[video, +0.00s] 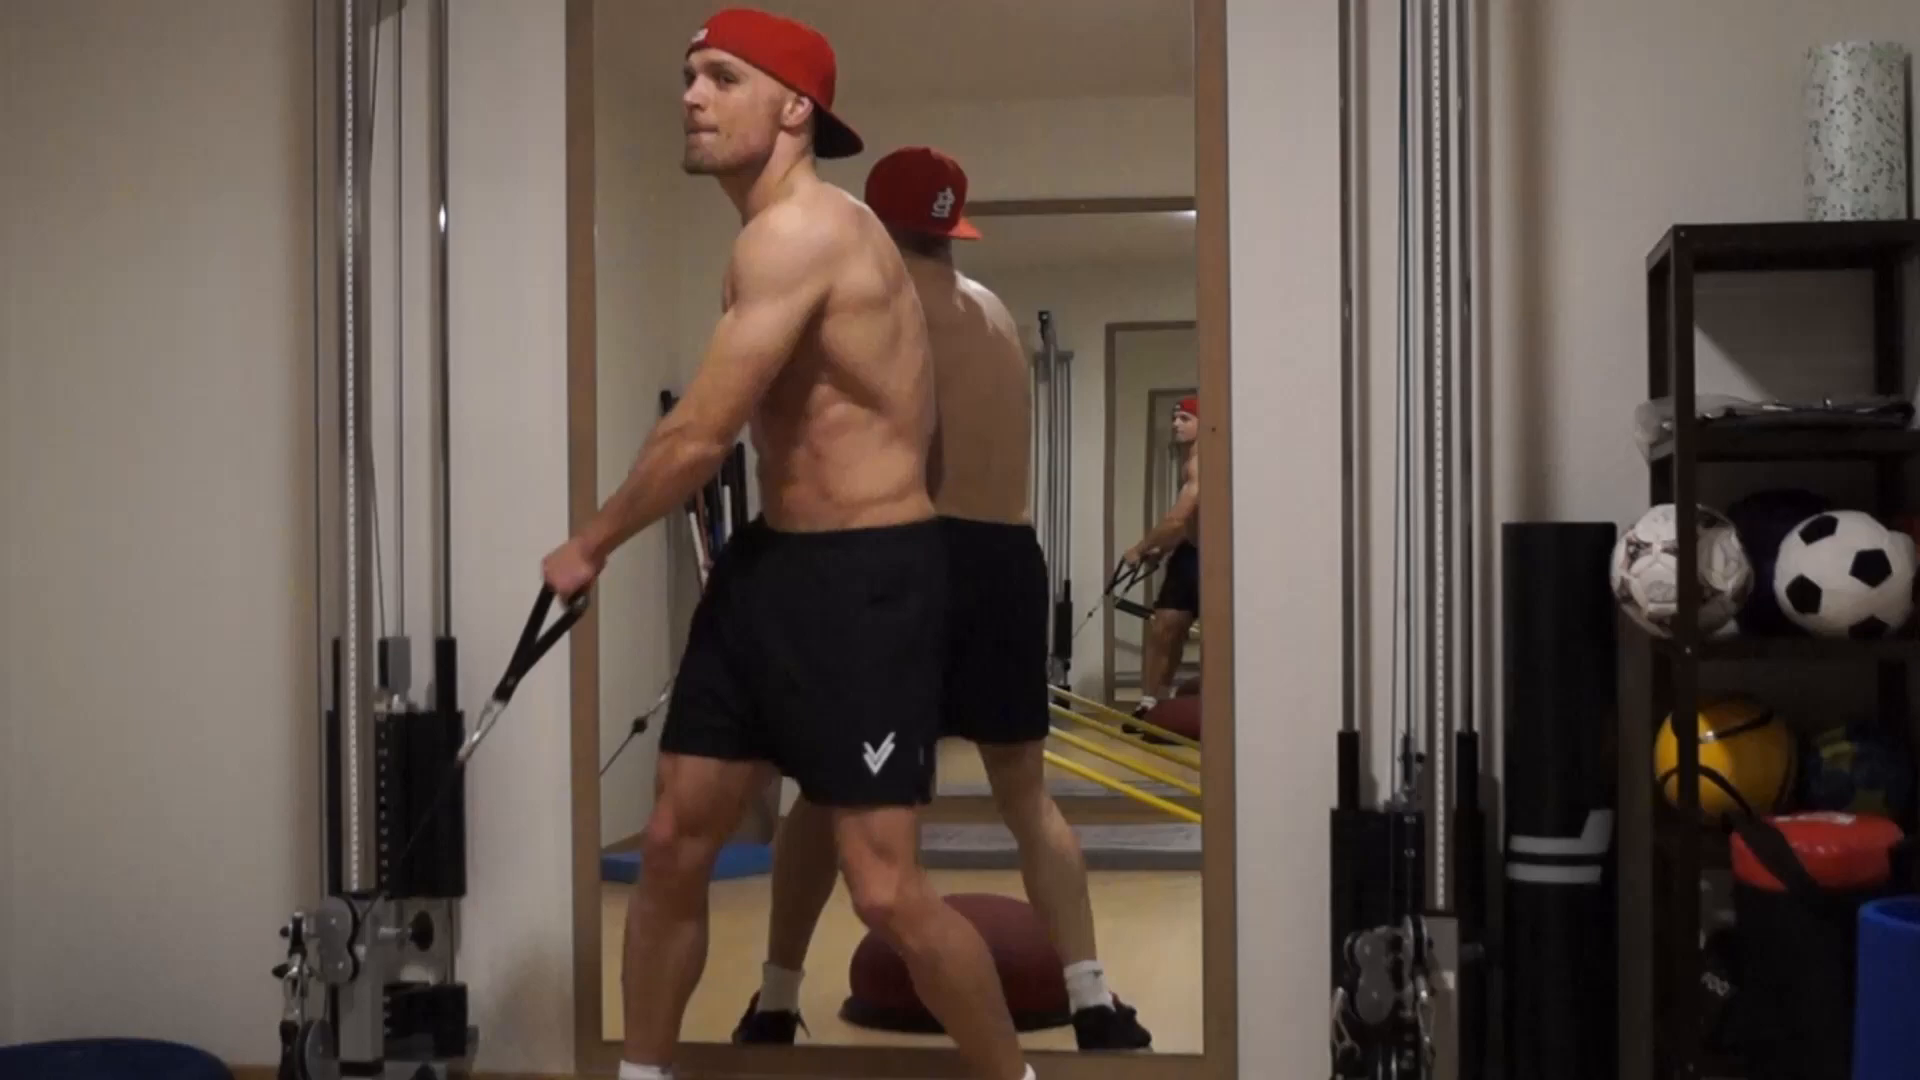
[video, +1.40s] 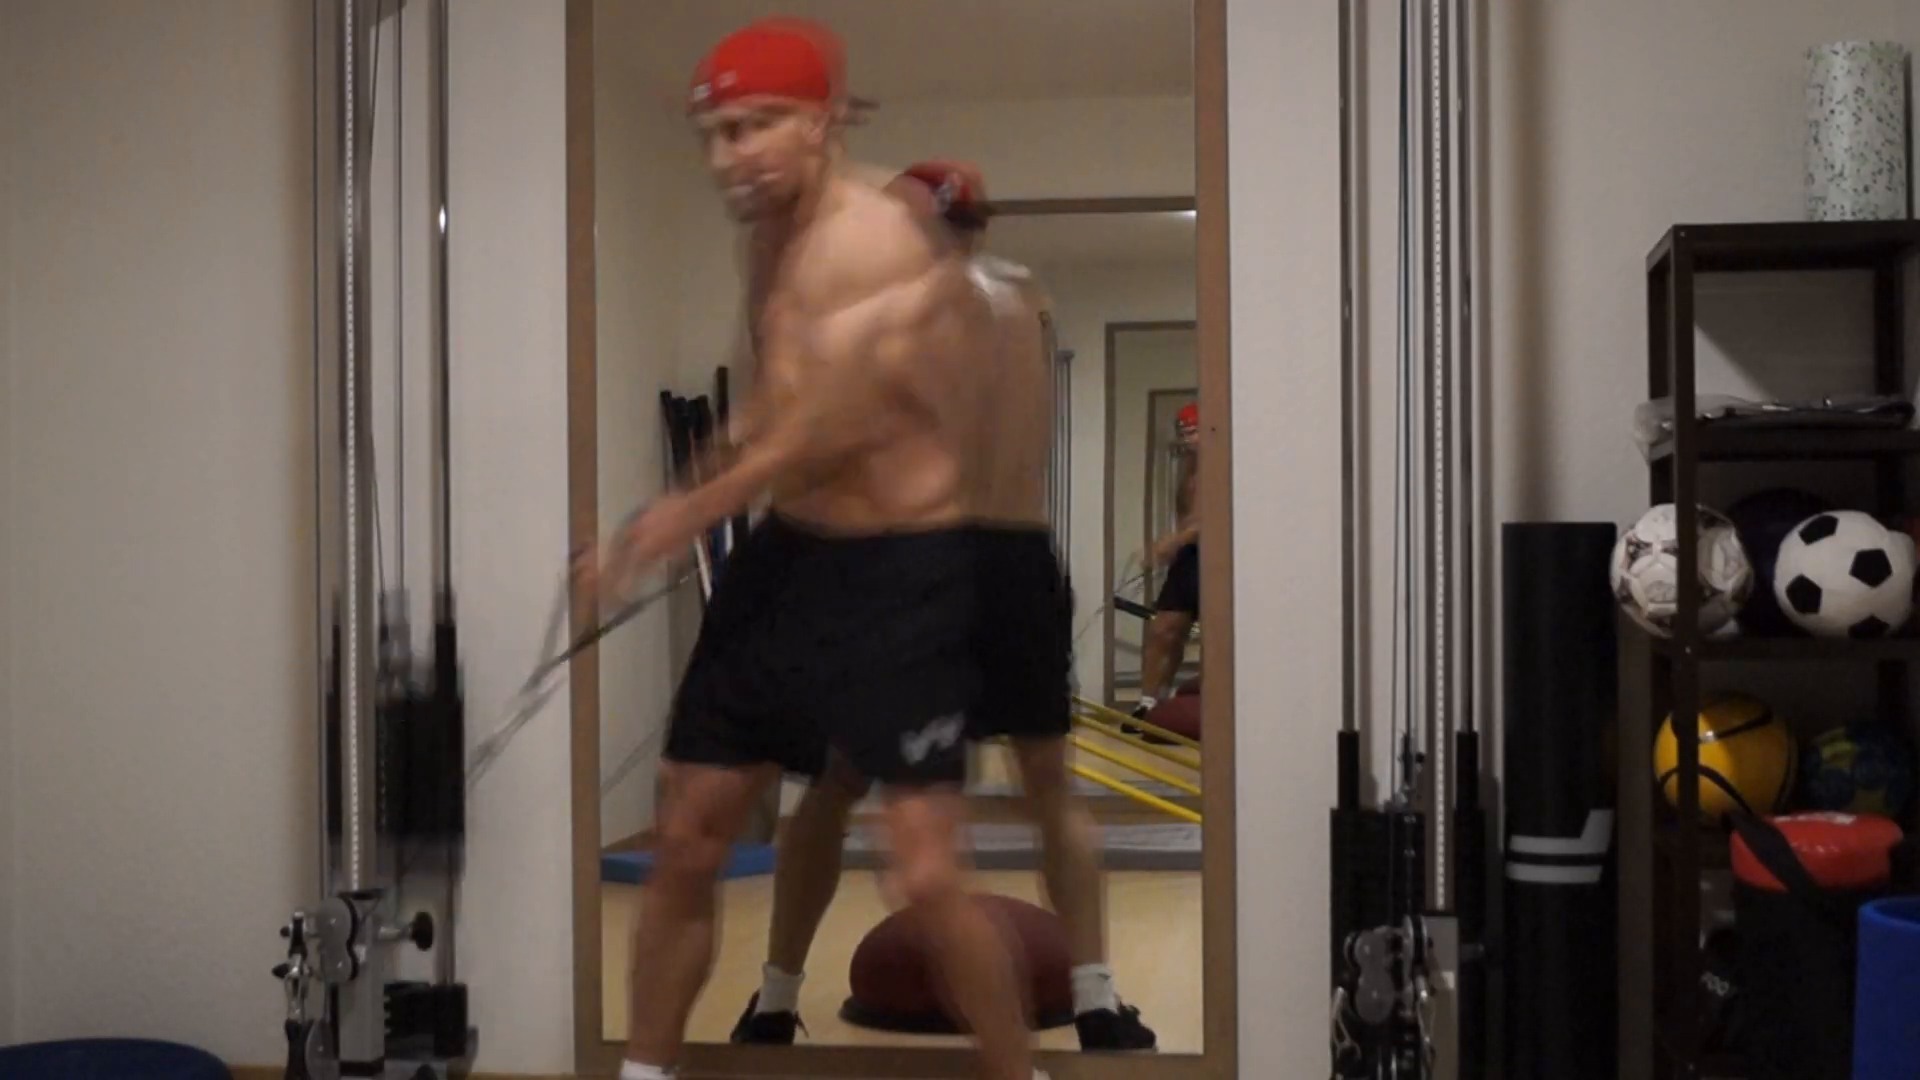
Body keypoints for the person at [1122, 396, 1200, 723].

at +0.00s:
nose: (1177, 424)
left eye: (1184, 419)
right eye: (1176, 419)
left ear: (1201, 424)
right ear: (1178, 425)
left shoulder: (1198, 461)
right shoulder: (1196, 458)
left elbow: (1180, 519)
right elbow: (1187, 522)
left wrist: (1142, 547)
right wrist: (1160, 549)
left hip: (1192, 553)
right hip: (1193, 552)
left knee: (1162, 623)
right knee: (1173, 625)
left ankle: (1150, 699)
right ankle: (1160, 696)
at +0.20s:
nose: (1186, 428)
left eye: (1191, 422)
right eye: (1185, 422)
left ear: (1207, 426)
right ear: (1189, 428)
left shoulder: (1214, 463)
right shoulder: (1198, 464)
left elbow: (1203, 517)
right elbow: (1193, 515)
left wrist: (1166, 547)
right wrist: (1165, 549)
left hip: (1205, 550)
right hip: (1194, 550)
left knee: (1170, 624)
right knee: (1169, 624)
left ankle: (1153, 698)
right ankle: (1152, 698)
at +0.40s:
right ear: (1211, 424)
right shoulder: (1189, 457)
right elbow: (1162, 480)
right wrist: (1179, 515)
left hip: (1223, 546)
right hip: (1197, 544)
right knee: (1178, 629)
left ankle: (1164, 695)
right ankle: (1151, 698)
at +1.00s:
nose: (1176, 434)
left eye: (1182, 426)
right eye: (1173, 427)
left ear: (1201, 426)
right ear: (1173, 430)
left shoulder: (1212, 459)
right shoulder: (1183, 461)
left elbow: (1216, 513)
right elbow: (1195, 510)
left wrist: (1177, 529)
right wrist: (1182, 534)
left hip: (1213, 549)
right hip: (1189, 547)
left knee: (1217, 630)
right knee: (1166, 624)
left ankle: (1210, 702)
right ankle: (1150, 699)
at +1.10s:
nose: (1169, 437)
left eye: (1175, 430)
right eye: (1167, 431)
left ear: (1194, 431)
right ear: (1185, 434)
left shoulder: (1197, 460)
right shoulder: (1194, 459)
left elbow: (1191, 519)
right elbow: (1193, 521)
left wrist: (1150, 540)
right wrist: (1163, 543)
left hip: (1195, 552)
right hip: (1196, 550)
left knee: (1163, 624)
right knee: (1170, 626)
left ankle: (1148, 700)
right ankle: (1159, 697)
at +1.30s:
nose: (1173, 445)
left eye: (1179, 437)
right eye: (1171, 438)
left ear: (1198, 437)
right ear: (1176, 440)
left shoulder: (1198, 470)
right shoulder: (1202, 469)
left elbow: (1173, 522)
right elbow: (1182, 530)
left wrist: (1133, 556)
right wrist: (1149, 557)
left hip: (1199, 556)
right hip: (1195, 555)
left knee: (1164, 623)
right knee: (1167, 624)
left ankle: (1148, 700)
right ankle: (1153, 699)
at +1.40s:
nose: (1187, 439)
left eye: (1191, 432)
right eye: (1184, 433)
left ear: (1206, 431)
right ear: (1182, 437)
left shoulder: (1216, 466)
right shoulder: (1192, 468)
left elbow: (1209, 517)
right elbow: (1193, 517)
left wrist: (1175, 540)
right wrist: (1172, 545)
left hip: (1209, 550)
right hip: (1190, 551)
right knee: (1166, 626)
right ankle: (1150, 699)